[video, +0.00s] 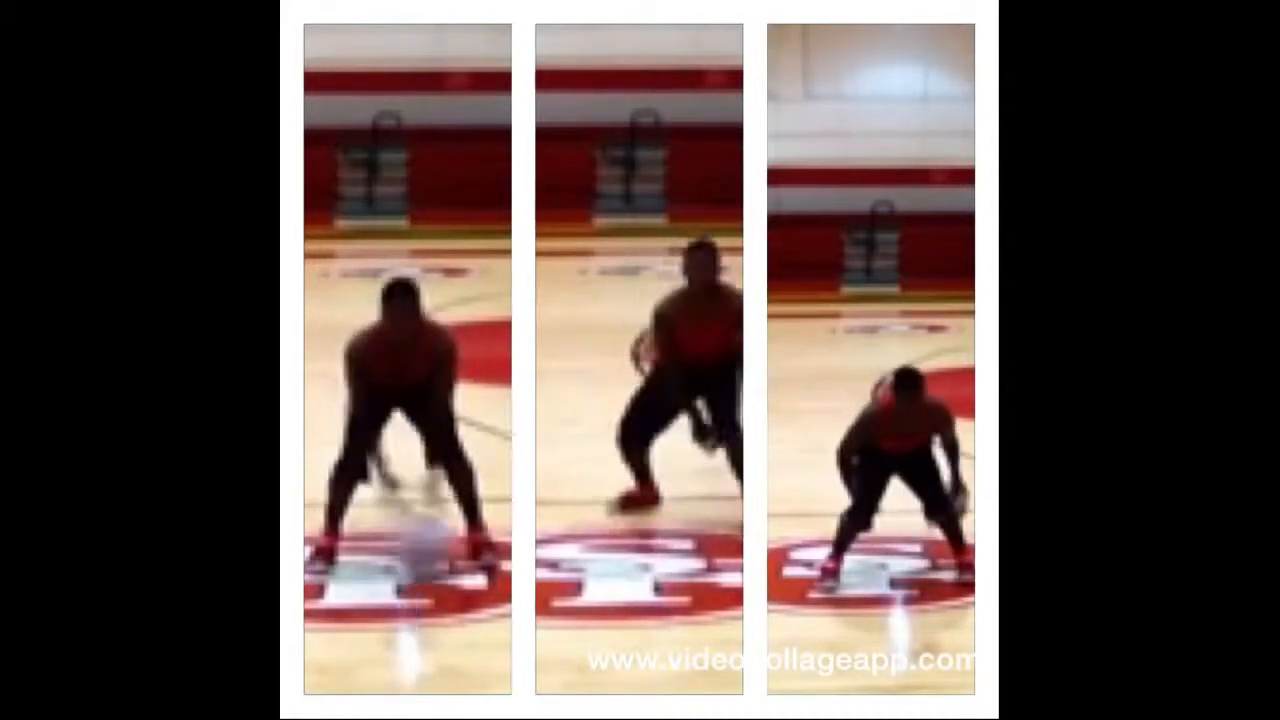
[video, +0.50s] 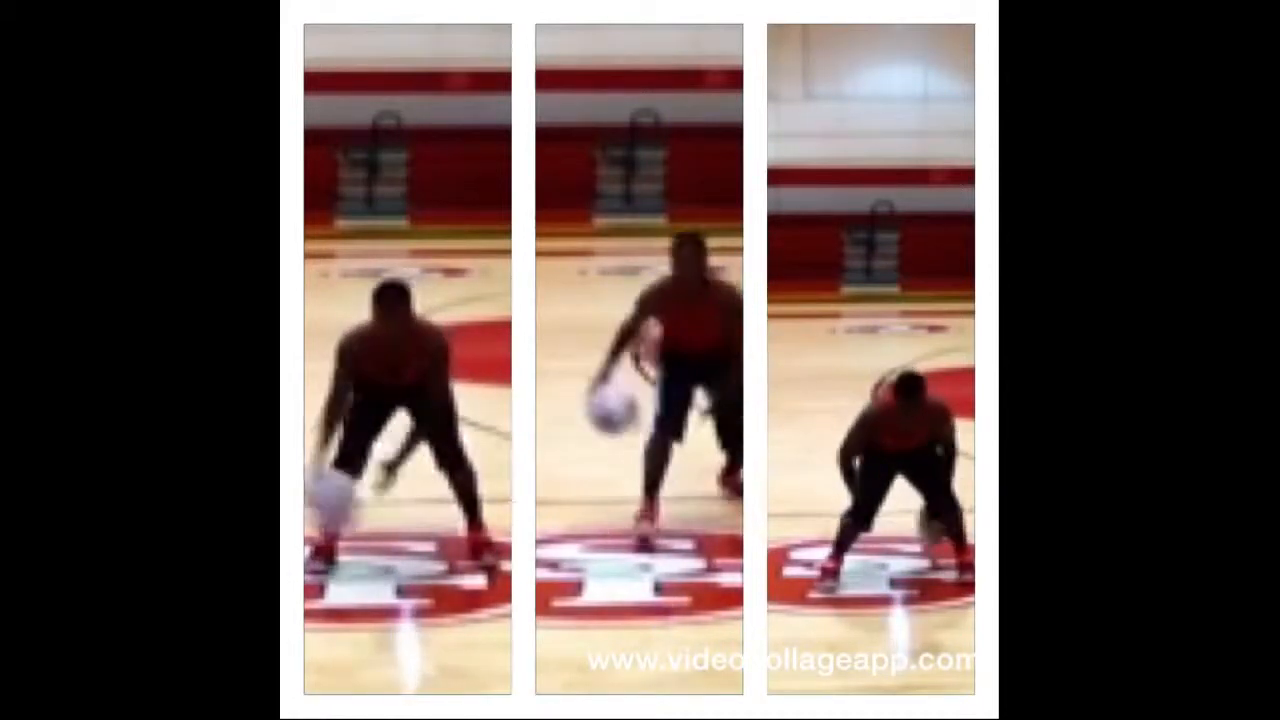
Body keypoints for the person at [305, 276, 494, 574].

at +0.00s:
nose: (402, 326)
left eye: (409, 316)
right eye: (394, 316)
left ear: (419, 312)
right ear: (383, 314)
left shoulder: (439, 344)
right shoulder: (363, 349)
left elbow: (442, 405)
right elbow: (362, 413)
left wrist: (435, 454)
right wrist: (375, 462)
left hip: (422, 394)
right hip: (375, 397)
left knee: (454, 458)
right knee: (350, 462)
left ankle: (476, 530)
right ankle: (330, 535)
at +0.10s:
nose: (407, 327)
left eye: (413, 318)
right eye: (400, 319)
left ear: (423, 317)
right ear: (388, 318)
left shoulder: (440, 346)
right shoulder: (369, 354)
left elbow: (474, 394)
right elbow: (387, 422)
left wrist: (502, 436)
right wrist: (429, 463)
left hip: (422, 396)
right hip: (375, 402)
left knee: (458, 463)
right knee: (349, 470)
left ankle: (476, 533)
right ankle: (330, 536)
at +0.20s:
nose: (407, 334)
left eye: (413, 323)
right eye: (399, 325)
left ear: (422, 320)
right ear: (387, 323)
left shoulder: (439, 347)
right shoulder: (368, 358)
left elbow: (481, 389)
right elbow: (377, 427)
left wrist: (514, 426)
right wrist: (421, 469)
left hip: (420, 396)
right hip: (373, 401)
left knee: (456, 461)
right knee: (351, 469)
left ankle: (477, 532)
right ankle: (330, 536)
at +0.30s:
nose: (398, 323)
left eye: (404, 314)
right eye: (391, 315)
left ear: (414, 312)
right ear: (380, 314)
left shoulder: (440, 345)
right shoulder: (362, 348)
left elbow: (449, 403)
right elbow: (359, 419)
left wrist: (442, 453)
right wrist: (374, 474)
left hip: (423, 388)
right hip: (375, 390)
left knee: (454, 456)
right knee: (350, 460)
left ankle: (476, 530)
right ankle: (330, 536)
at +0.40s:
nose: (393, 330)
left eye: (400, 321)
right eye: (386, 321)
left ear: (410, 316)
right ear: (375, 316)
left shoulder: (432, 343)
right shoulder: (356, 347)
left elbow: (420, 417)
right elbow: (332, 402)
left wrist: (375, 460)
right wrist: (311, 456)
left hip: (423, 393)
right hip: (374, 394)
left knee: (452, 456)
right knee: (347, 461)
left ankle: (477, 531)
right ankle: (325, 543)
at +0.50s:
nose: (391, 328)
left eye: (398, 319)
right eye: (385, 319)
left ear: (409, 314)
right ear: (375, 314)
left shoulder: (431, 342)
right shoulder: (355, 345)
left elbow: (428, 417)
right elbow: (337, 400)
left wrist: (397, 461)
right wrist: (320, 454)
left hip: (424, 394)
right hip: (374, 395)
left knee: (452, 458)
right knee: (348, 458)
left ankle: (477, 530)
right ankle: (328, 540)